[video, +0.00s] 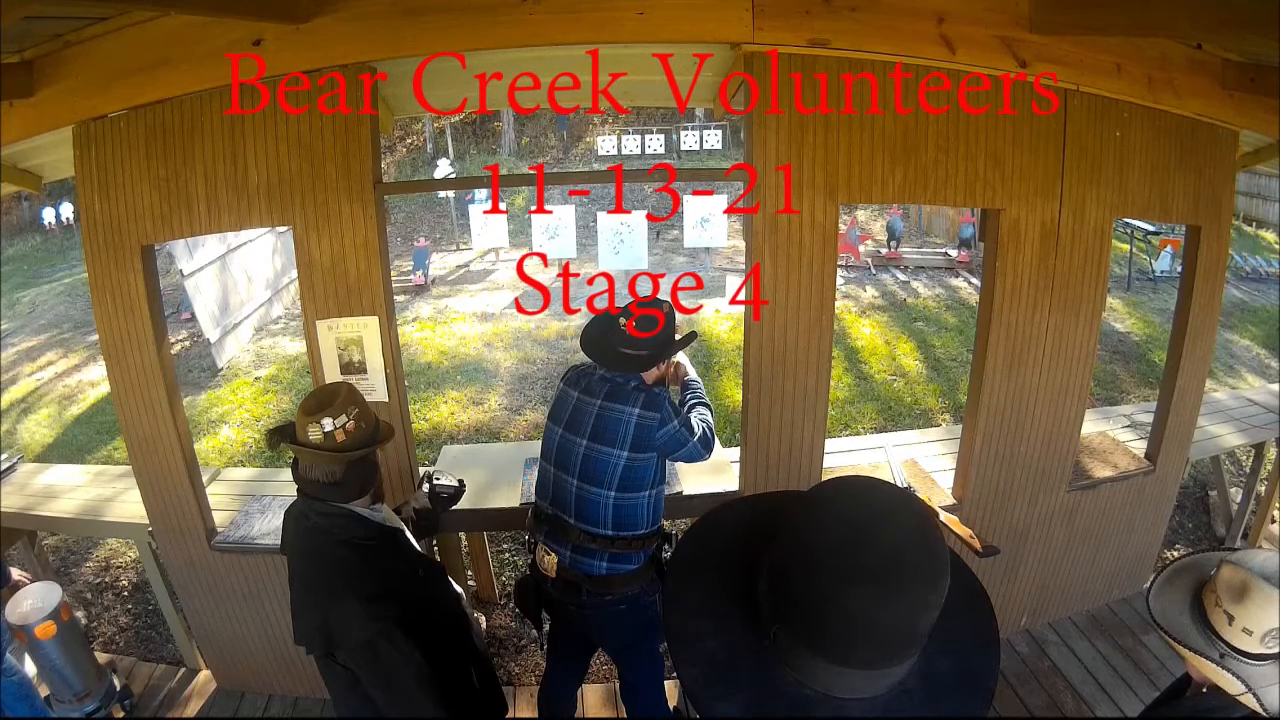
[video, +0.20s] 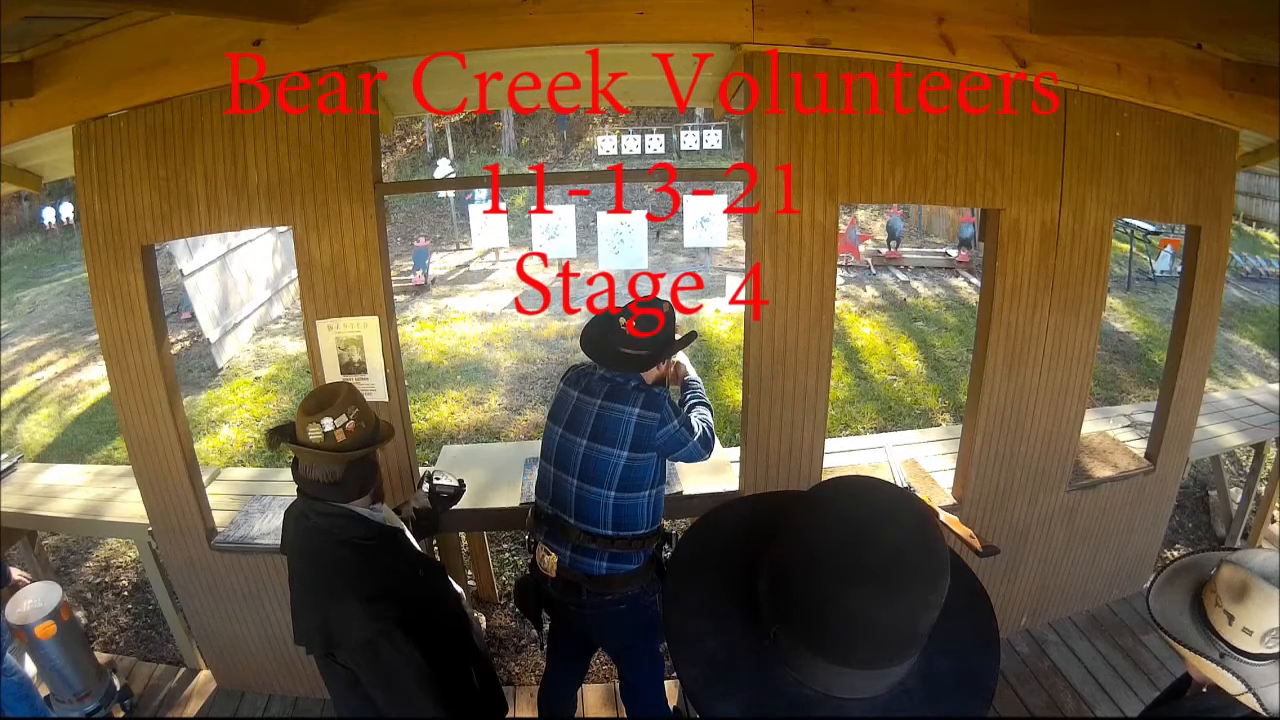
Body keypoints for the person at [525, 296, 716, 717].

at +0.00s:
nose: (668, 359)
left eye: (668, 352)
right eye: (666, 353)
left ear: (608, 349)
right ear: (652, 363)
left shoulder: (571, 381)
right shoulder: (651, 411)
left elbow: (618, 391)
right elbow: (701, 443)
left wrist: (653, 377)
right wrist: (691, 379)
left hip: (556, 574)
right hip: (617, 586)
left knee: (560, 677)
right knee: (644, 682)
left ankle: (552, 716)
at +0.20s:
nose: (669, 360)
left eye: (669, 353)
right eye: (667, 353)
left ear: (609, 348)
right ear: (652, 363)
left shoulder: (572, 380)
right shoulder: (653, 410)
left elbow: (617, 392)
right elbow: (701, 443)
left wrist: (652, 377)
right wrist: (691, 379)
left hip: (556, 575)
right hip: (618, 588)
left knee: (560, 677)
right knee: (644, 683)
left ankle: (551, 716)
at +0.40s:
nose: (669, 360)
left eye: (669, 352)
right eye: (667, 353)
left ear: (608, 348)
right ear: (652, 363)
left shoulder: (571, 380)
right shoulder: (653, 410)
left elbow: (617, 391)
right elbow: (701, 443)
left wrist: (653, 378)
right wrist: (691, 379)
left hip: (556, 576)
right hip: (618, 588)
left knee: (560, 678)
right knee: (644, 683)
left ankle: (551, 716)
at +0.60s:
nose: (669, 359)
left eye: (669, 352)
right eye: (667, 352)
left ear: (609, 347)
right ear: (653, 362)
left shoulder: (572, 380)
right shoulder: (652, 410)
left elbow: (618, 391)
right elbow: (701, 443)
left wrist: (653, 377)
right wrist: (691, 379)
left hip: (556, 575)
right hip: (617, 587)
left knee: (559, 679)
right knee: (645, 684)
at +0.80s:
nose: (667, 359)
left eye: (667, 352)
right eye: (665, 352)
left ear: (608, 347)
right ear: (653, 362)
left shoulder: (571, 381)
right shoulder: (652, 410)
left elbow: (616, 392)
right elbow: (701, 443)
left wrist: (651, 376)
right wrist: (691, 379)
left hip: (556, 576)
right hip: (619, 588)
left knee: (559, 679)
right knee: (645, 687)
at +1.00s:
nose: (669, 359)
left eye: (668, 352)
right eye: (666, 352)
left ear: (609, 347)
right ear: (653, 362)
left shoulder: (572, 380)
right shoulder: (652, 410)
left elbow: (617, 391)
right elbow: (701, 442)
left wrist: (653, 377)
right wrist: (692, 379)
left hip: (555, 574)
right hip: (617, 587)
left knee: (559, 678)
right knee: (645, 685)